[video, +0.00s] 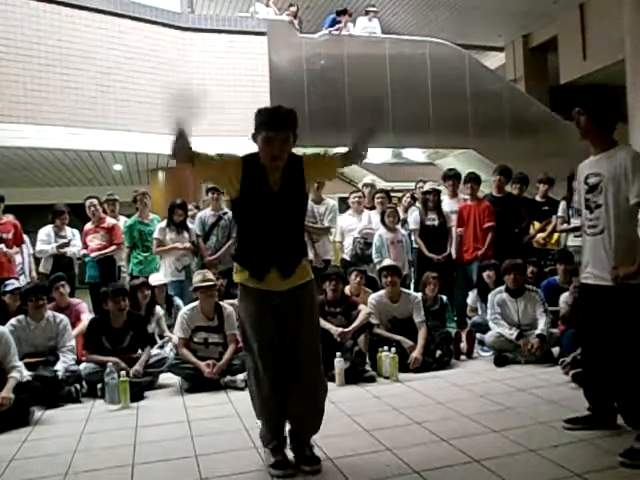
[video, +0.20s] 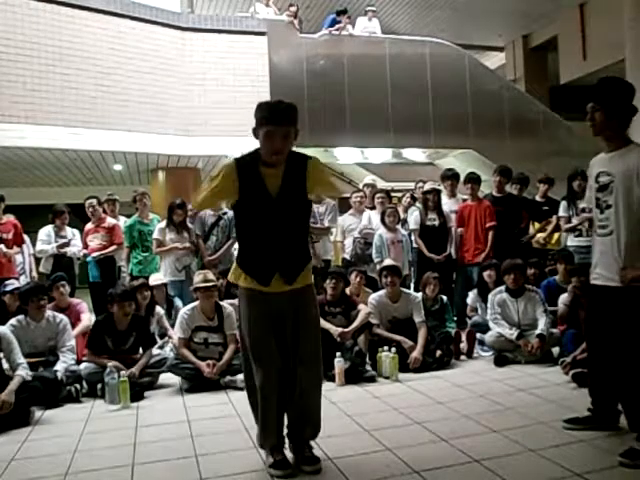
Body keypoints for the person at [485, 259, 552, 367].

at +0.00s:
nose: (513, 278)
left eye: (516, 274)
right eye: (509, 274)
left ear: (523, 276)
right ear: (504, 277)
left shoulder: (535, 293)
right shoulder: (495, 296)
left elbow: (543, 315)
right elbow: (494, 320)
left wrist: (540, 336)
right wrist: (517, 336)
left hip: (531, 331)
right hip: (508, 333)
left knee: (553, 335)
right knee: (491, 338)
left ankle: (513, 357)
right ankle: (538, 355)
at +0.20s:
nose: (513, 278)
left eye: (516, 274)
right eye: (508, 274)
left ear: (523, 276)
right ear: (503, 277)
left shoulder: (534, 293)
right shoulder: (495, 296)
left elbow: (543, 316)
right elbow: (494, 320)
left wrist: (540, 336)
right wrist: (518, 336)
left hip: (531, 332)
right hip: (508, 333)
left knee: (555, 335)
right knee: (491, 338)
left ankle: (514, 357)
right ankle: (537, 355)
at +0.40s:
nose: (513, 278)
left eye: (516, 274)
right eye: (509, 274)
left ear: (523, 276)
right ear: (504, 277)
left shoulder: (535, 293)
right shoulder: (495, 296)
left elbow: (544, 316)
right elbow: (494, 320)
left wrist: (540, 336)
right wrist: (518, 336)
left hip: (531, 332)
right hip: (508, 333)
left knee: (555, 335)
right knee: (491, 338)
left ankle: (514, 357)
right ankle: (537, 355)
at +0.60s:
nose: (513, 278)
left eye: (516, 274)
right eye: (509, 274)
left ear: (523, 276)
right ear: (504, 277)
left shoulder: (535, 293)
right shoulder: (495, 296)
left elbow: (544, 316)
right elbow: (494, 320)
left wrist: (540, 336)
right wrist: (517, 336)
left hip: (531, 332)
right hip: (508, 333)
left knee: (555, 335)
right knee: (491, 338)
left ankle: (514, 357)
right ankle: (538, 355)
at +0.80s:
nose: (517, 281)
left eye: (520, 277)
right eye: (512, 277)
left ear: (527, 278)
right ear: (508, 280)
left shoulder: (539, 296)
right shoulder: (499, 299)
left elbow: (548, 319)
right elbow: (498, 323)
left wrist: (544, 339)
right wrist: (522, 339)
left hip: (536, 335)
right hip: (512, 335)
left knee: (559, 338)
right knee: (495, 341)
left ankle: (518, 360)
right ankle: (543, 357)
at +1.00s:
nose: (517, 280)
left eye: (521, 276)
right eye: (513, 277)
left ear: (528, 279)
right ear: (508, 280)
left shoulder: (539, 296)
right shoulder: (499, 299)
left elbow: (548, 319)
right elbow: (498, 323)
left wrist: (544, 339)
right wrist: (522, 339)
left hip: (535, 335)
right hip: (512, 335)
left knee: (559, 338)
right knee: (495, 341)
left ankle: (519, 360)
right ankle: (542, 358)